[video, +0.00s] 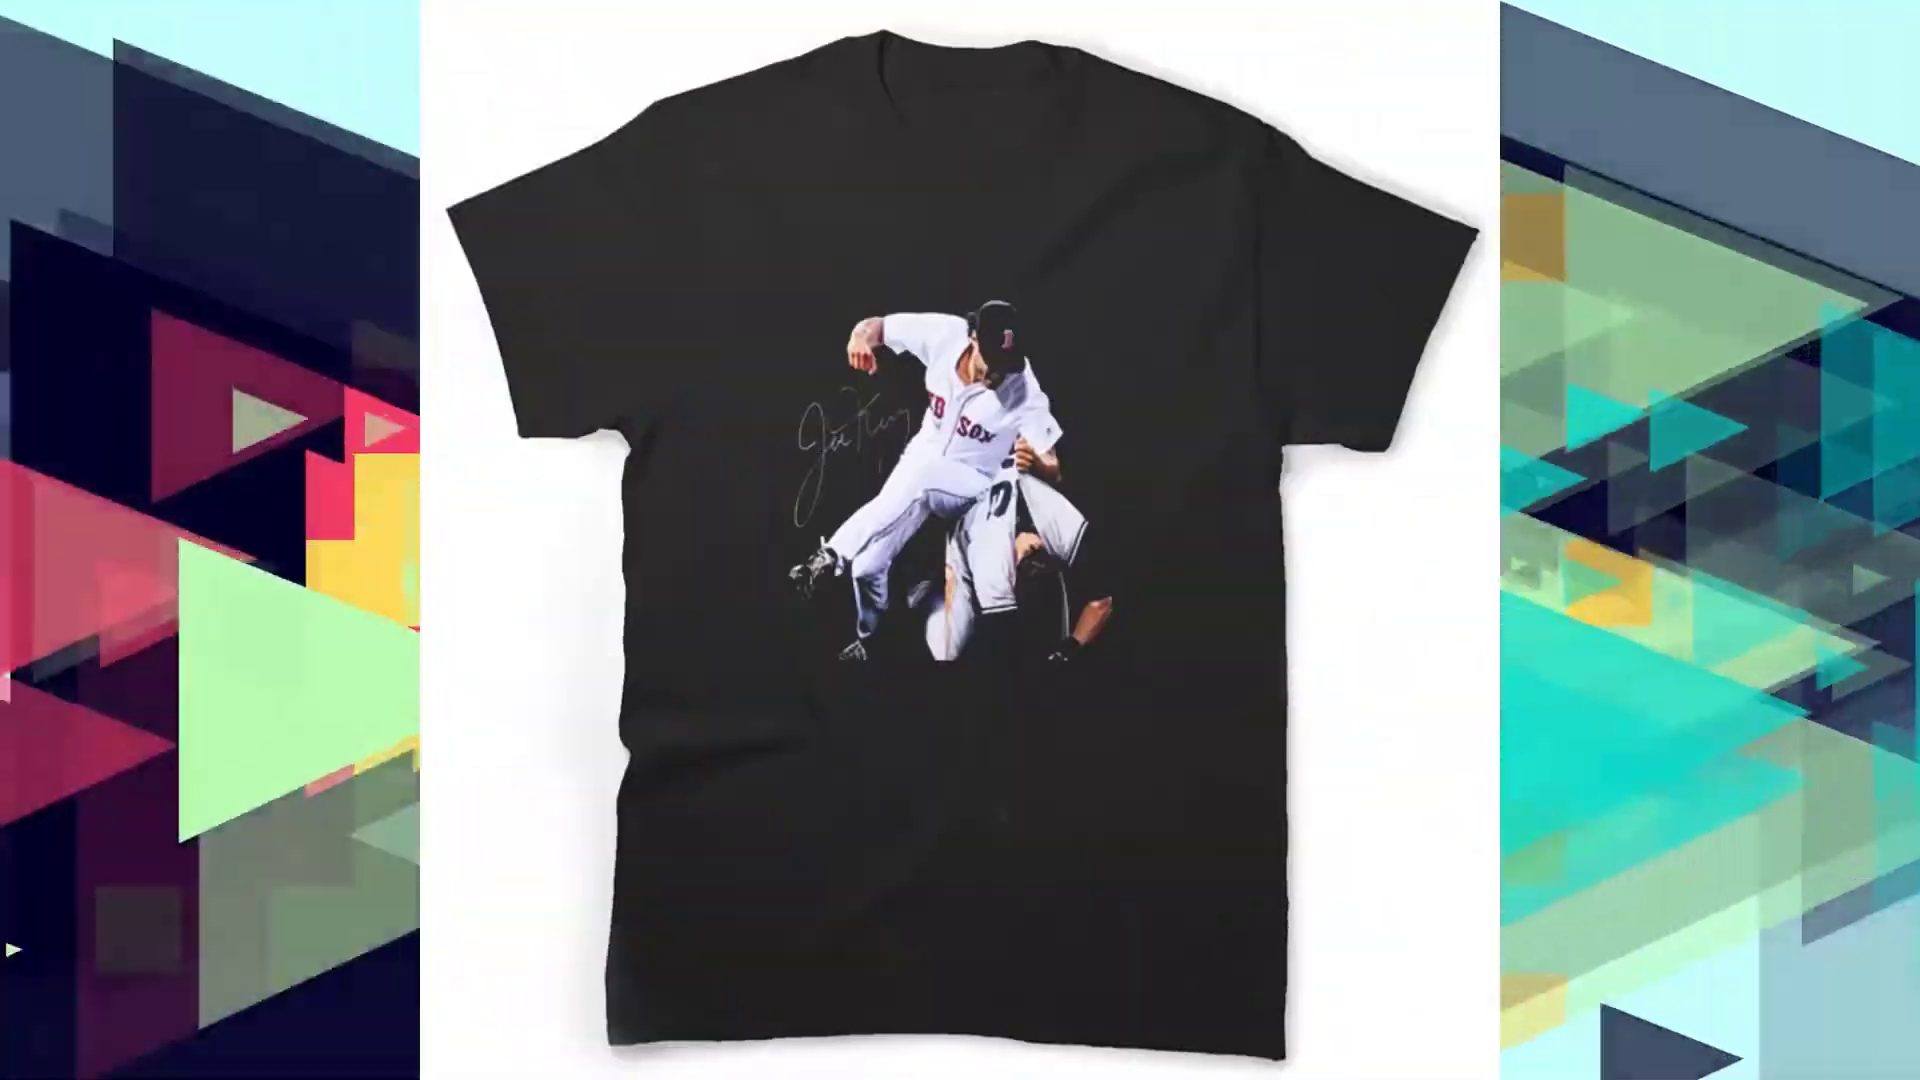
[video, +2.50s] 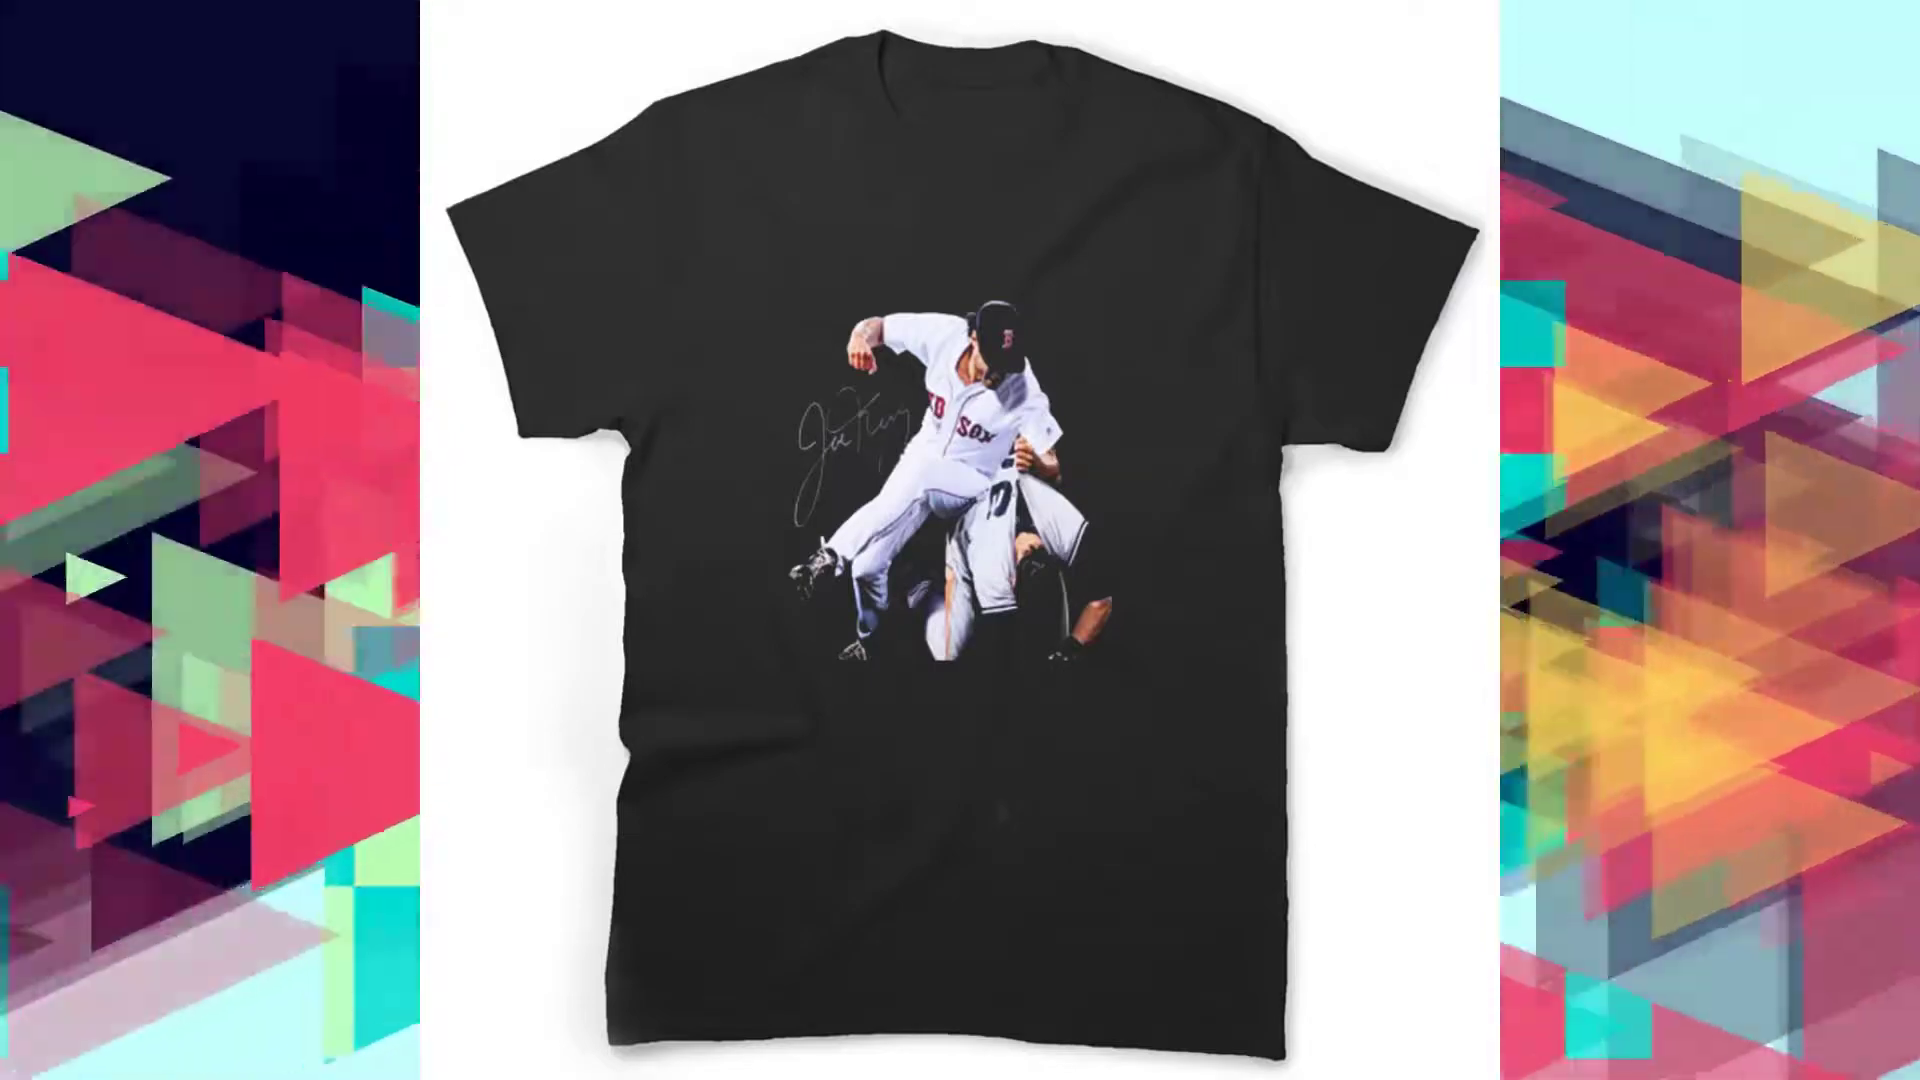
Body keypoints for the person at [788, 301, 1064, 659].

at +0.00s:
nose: (995, 373)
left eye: (1004, 366)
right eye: (990, 364)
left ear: (1016, 355)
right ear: (973, 342)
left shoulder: (1023, 390)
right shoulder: (946, 334)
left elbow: (1055, 470)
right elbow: (874, 327)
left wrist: (1038, 463)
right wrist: (861, 341)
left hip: (978, 482)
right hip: (922, 460)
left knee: (920, 477)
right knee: (867, 565)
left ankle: (827, 559)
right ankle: (870, 640)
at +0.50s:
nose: (995, 373)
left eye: (1004, 366)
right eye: (990, 364)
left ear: (1016, 355)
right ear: (973, 342)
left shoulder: (1023, 390)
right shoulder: (946, 334)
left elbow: (1055, 470)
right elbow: (874, 327)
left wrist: (1038, 463)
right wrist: (861, 341)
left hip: (978, 482)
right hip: (922, 460)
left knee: (920, 477)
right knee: (867, 565)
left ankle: (827, 559)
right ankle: (870, 640)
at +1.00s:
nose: (997, 374)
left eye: (1006, 367)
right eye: (991, 364)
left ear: (1017, 354)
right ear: (973, 341)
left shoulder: (1023, 389)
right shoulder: (946, 334)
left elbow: (1054, 468)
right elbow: (878, 327)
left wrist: (1038, 463)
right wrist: (861, 338)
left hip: (978, 482)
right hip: (922, 460)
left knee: (920, 476)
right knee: (867, 566)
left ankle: (828, 560)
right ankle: (871, 641)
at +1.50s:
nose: (997, 374)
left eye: (1006, 367)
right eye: (991, 364)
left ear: (1017, 354)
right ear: (973, 341)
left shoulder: (1023, 389)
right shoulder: (946, 334)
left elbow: (1054, 468)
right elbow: (878, 327)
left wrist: (1038, 463)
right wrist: (861, 338)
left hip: (979, 482)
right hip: (922, 460)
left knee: (920, 476)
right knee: (867, 566)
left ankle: (828, 560)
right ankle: (871, 642)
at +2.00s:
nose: (997, 374)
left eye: (1006, 367)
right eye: (991, 364)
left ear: (1017, 354)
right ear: (973, 341)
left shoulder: (1023, 389)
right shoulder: (946, 334)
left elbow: (1054, 468)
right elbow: (878, 327)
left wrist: (1038, 463)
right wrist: (861, 338)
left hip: (979, 482)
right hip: (922, 460)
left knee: (920, 476)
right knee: (867, 566)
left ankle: (828, 560)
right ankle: (871, 642)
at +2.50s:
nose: (997, 374)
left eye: (1006, 367)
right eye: (991, 364)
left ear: (1017, 354)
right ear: (973, 341)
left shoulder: (1023, 389)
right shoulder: (946, 334)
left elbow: (1054, 468)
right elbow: (878, 327)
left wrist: (1038, 463)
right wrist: (861, 338)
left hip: (979, 482)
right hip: (922, 460)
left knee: (920, 476)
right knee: (867, 566)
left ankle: (828, 560)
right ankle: (871, 642)